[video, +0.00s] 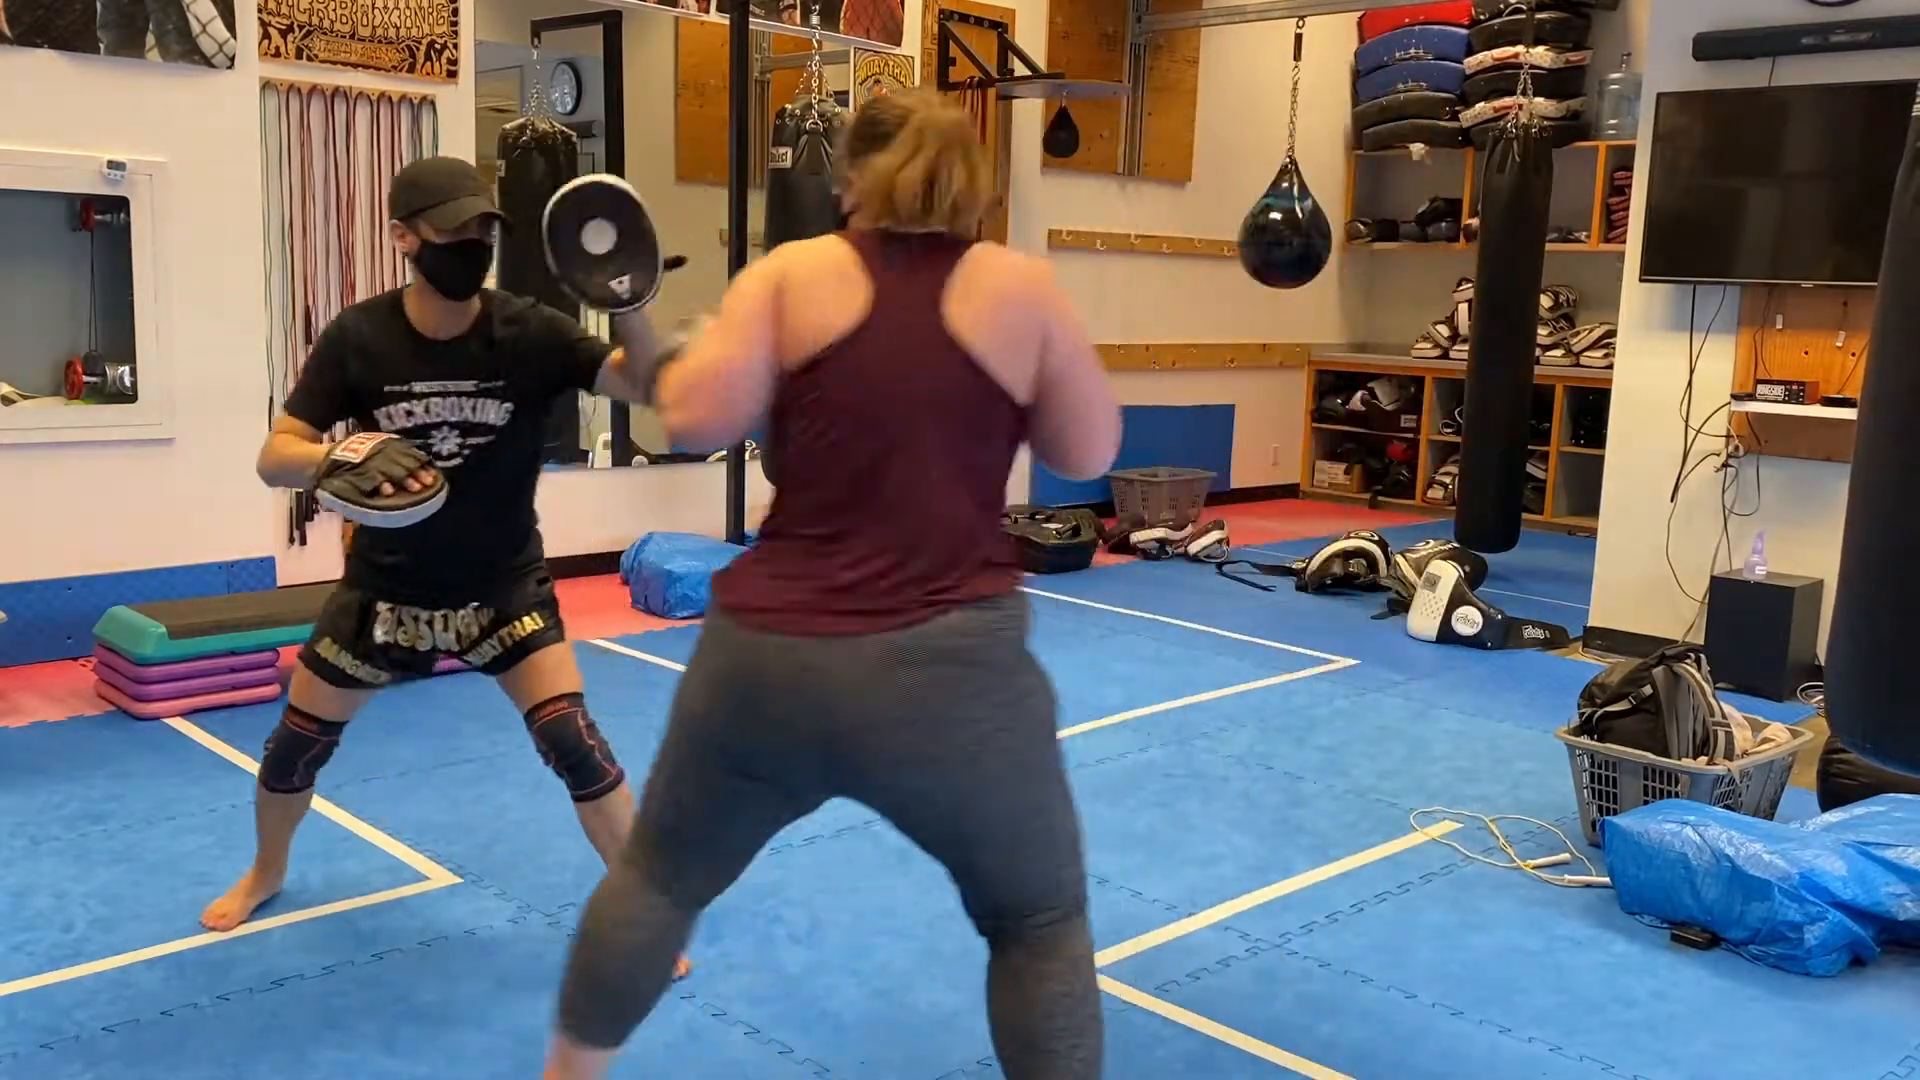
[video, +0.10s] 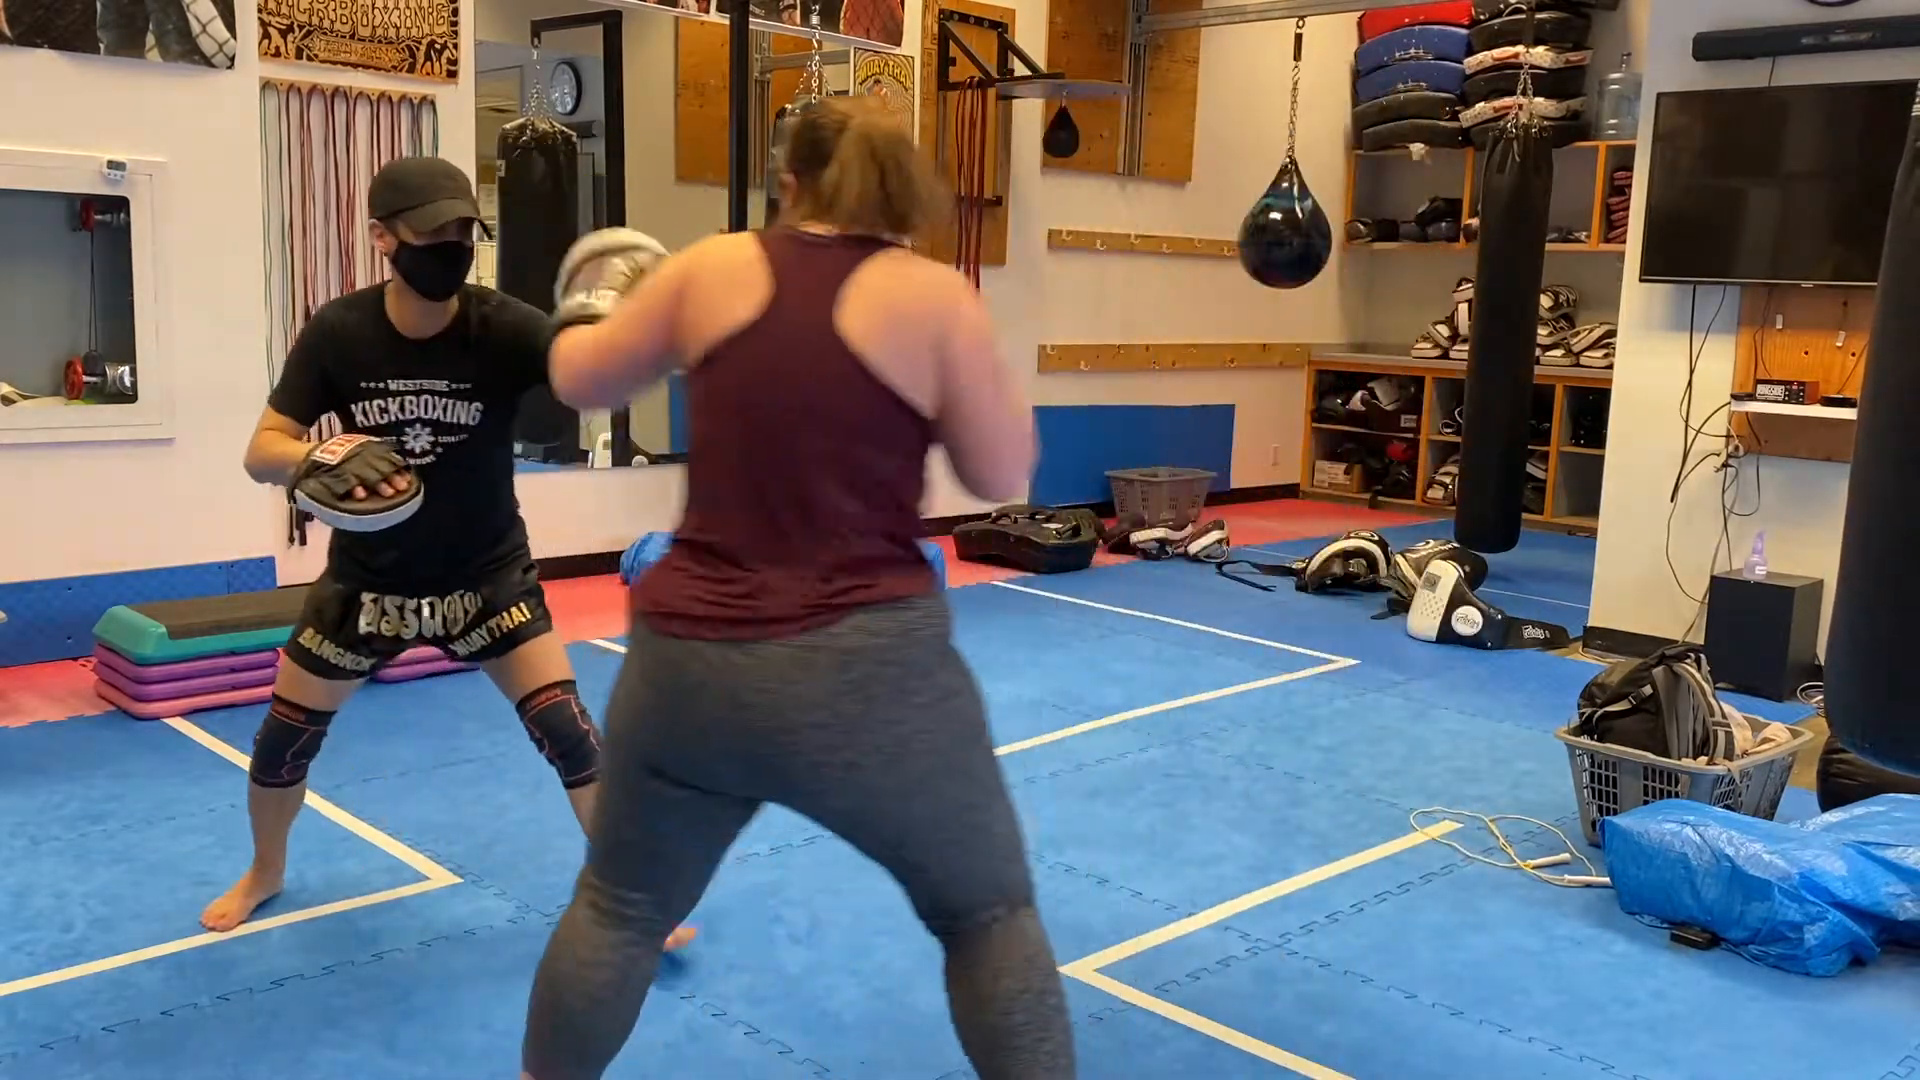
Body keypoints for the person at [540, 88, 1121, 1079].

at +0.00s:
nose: (840, 185)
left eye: (844, 172)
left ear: (856, 181)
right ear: (971, 180)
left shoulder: (786, 276)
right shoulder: (1023, 289)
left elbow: (696, 419)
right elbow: (1086, 453)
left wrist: (666, 357)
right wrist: (997, 380)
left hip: (762, 662)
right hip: (952, 669)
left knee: (660, 877)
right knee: (1037, 923)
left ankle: (570, 1064)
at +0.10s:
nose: (774, 189)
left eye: (779, 177)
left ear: (791, 183)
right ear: (906, 187)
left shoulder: (710, 270)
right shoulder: (935, 298)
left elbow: (578, 375)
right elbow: (1000, 478)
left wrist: (607, 306)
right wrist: (934, 373)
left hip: (688, 673)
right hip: (870, 677)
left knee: (615, 908)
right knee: (987, 917)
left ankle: (549, 1072)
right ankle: (1036, 1071)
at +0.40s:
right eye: (794, 136)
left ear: (668, 137)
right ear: (784, 144)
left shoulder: (571, 249)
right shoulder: (822, 260)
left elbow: (485, 420)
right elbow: (891, 448)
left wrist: (591, 375)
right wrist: (782, 416)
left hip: (580, 650)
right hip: (766, 653)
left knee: (570, 914)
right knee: (841, 934)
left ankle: (533, 1076)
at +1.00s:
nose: (713, 149)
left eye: (706, 132)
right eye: (707, 132)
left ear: (566, 125)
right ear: (685, 136)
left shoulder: (481, 248)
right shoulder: (674, 248)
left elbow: (443, 432)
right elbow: (756, 463)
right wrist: (801, 366)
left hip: (461, 653)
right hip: (620, 671)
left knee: (477, 918)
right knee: (689, 1009)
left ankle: (391, 1071)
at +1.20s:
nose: (627, 158)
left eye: (626, 136)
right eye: (622, 136)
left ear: (491, 118)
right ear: (583, 129)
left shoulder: (429, 221)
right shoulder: (559, 234)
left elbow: (480, 399)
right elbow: (594, 447)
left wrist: (613, 328)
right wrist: (684, 386)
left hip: (368, 632)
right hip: (487, 650)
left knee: (427, 923)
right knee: (625, 957)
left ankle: (372, 1074)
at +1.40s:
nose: (573, 131)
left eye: (572, 112)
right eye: (565, 110)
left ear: (437, 102)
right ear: (527, 109)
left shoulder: (374, 217)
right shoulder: (504, 223)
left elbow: (442, 377)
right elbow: (584, 434)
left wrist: (573, 295)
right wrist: (651, 353)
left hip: (358, 634)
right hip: (455, 656)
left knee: (418, 924)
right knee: (480, 978)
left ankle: (367, 1063)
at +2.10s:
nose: (591, 159)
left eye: (589, 140)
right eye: (576, 140)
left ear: (512, 150)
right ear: (523, 147)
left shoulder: (522, 258)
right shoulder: (435, 251)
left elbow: (591, 339)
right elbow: (488, 438)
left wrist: (694, 287)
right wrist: (588, 335)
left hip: (469, 600)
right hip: (383, 606)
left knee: (510, 781)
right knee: (435, 890)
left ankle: (445, 995)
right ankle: (362, 1064)